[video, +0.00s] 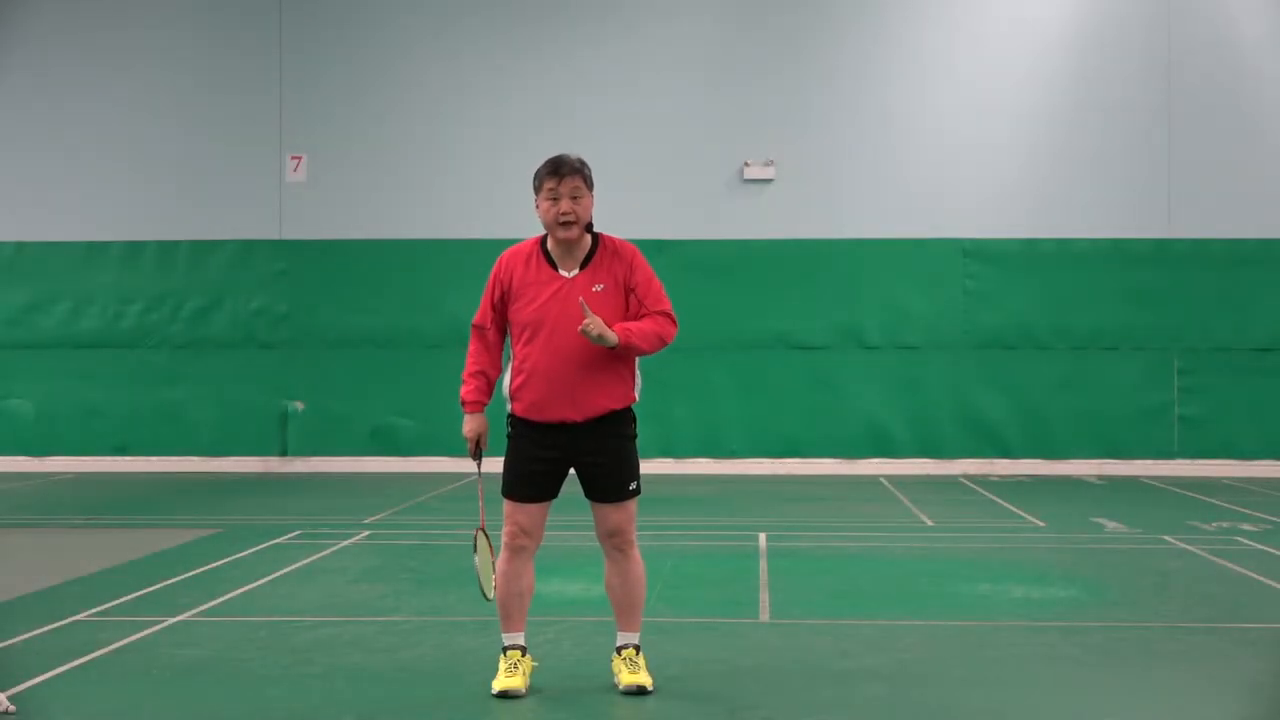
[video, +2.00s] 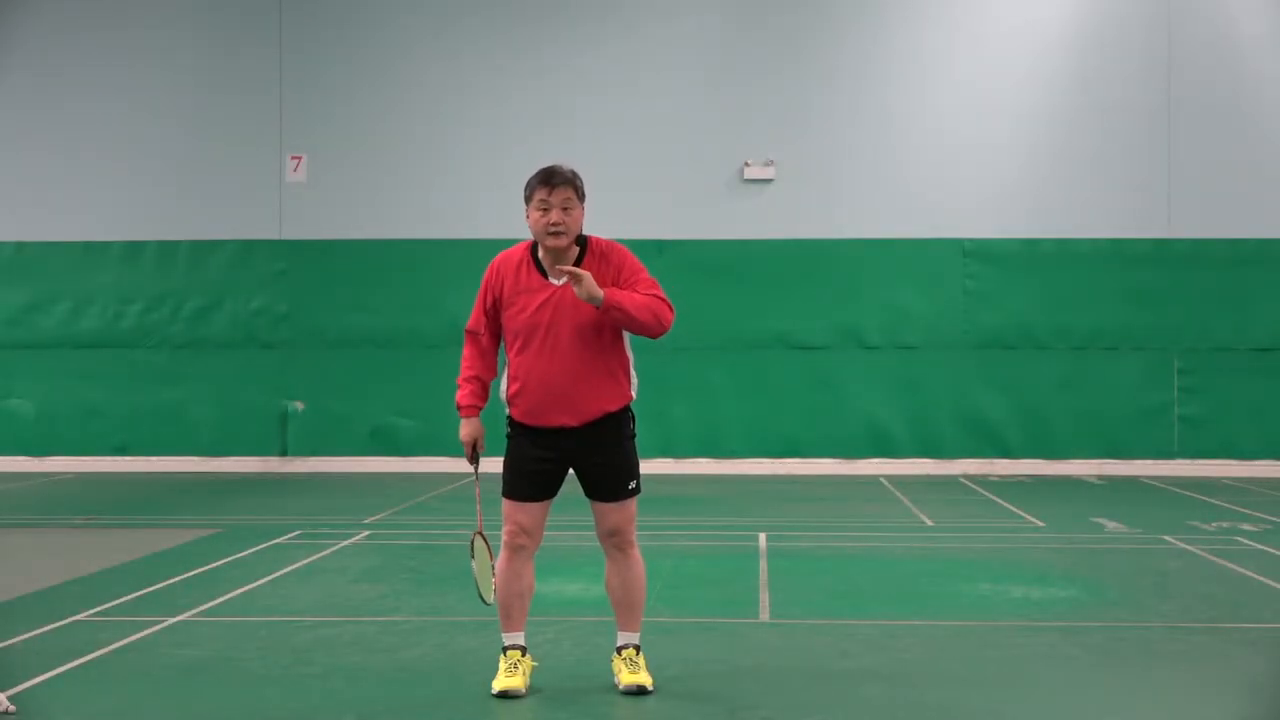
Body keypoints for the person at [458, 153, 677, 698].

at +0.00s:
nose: (564, 207)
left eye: (575, 196)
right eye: (553, 198)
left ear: (592, 201)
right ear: (538, 206)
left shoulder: (622, 258)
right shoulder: (512, 265)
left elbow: (664, 324)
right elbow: (485, 335)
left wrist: (618, 334)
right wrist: (474, 407)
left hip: (607, 423)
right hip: (533, 426)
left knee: (619, 537)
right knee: (518, 537)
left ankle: (629, 649)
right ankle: (513, 652)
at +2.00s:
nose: (555, 218)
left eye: (565, 207)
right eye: (543, 208)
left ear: (582, 212)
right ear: (528, 215)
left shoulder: (611, 258)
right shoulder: (504, 269)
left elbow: (659, 317)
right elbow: (480, 339)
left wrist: (603, 298)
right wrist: (470, 411)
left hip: (605, 425)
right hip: (532, 428)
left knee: (619, 537)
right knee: (517, 537)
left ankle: (629, 650)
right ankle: (513, 651)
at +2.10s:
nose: (555, 218)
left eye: (565, 208)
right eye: (543, 208)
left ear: (582, 212)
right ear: (527, 215)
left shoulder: (610, 258)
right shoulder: (504, 269)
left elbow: (659, 316)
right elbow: (480, 340)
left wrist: (602, 297)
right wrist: (470, 411)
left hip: (605, 425)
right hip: (532, 428)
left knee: (619, 537)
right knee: (517, 537)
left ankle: (629, 650)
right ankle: (513, 651)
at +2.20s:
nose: (555, 218)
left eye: (565, 208)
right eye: (543, 208)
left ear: (582, 212)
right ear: (527, 215)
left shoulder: (610, 258)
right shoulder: (503, 270)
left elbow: (659, 316)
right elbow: (480, 340)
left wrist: (603, 297)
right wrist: (470, 412)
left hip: (605, 425)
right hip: (532, 429)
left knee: (619, 536)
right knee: (517, 537)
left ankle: (629, 650)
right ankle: (513, 652)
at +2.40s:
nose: (555, 216)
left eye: (565, 206)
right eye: (544, 207)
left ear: (582, 211)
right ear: (528, 214)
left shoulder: (611, 258)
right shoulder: (504, 269)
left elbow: (660, 315)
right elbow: (480, 340)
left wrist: (602, 295)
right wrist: (471, 411)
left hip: (605, 425)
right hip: (532, 428)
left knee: (619, 536)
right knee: (517, 537)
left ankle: (629, 650)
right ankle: (513, 651)